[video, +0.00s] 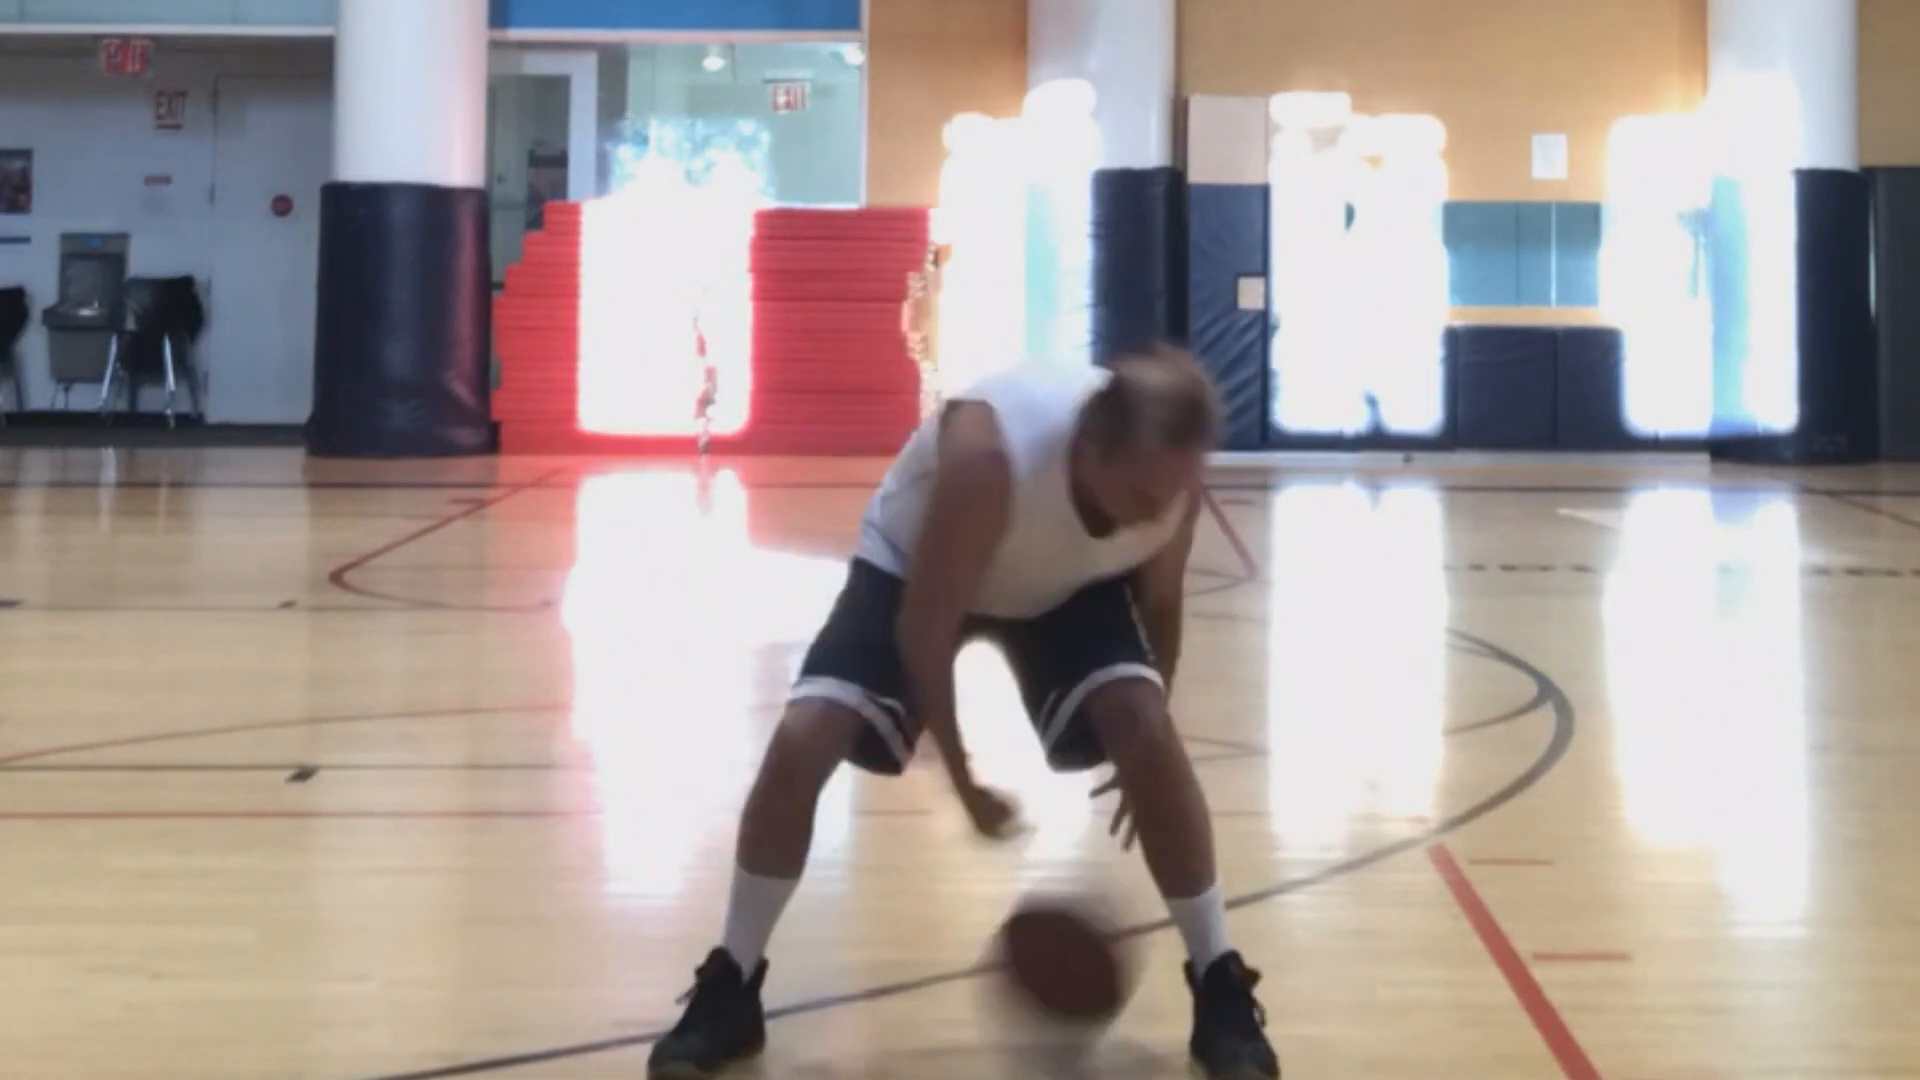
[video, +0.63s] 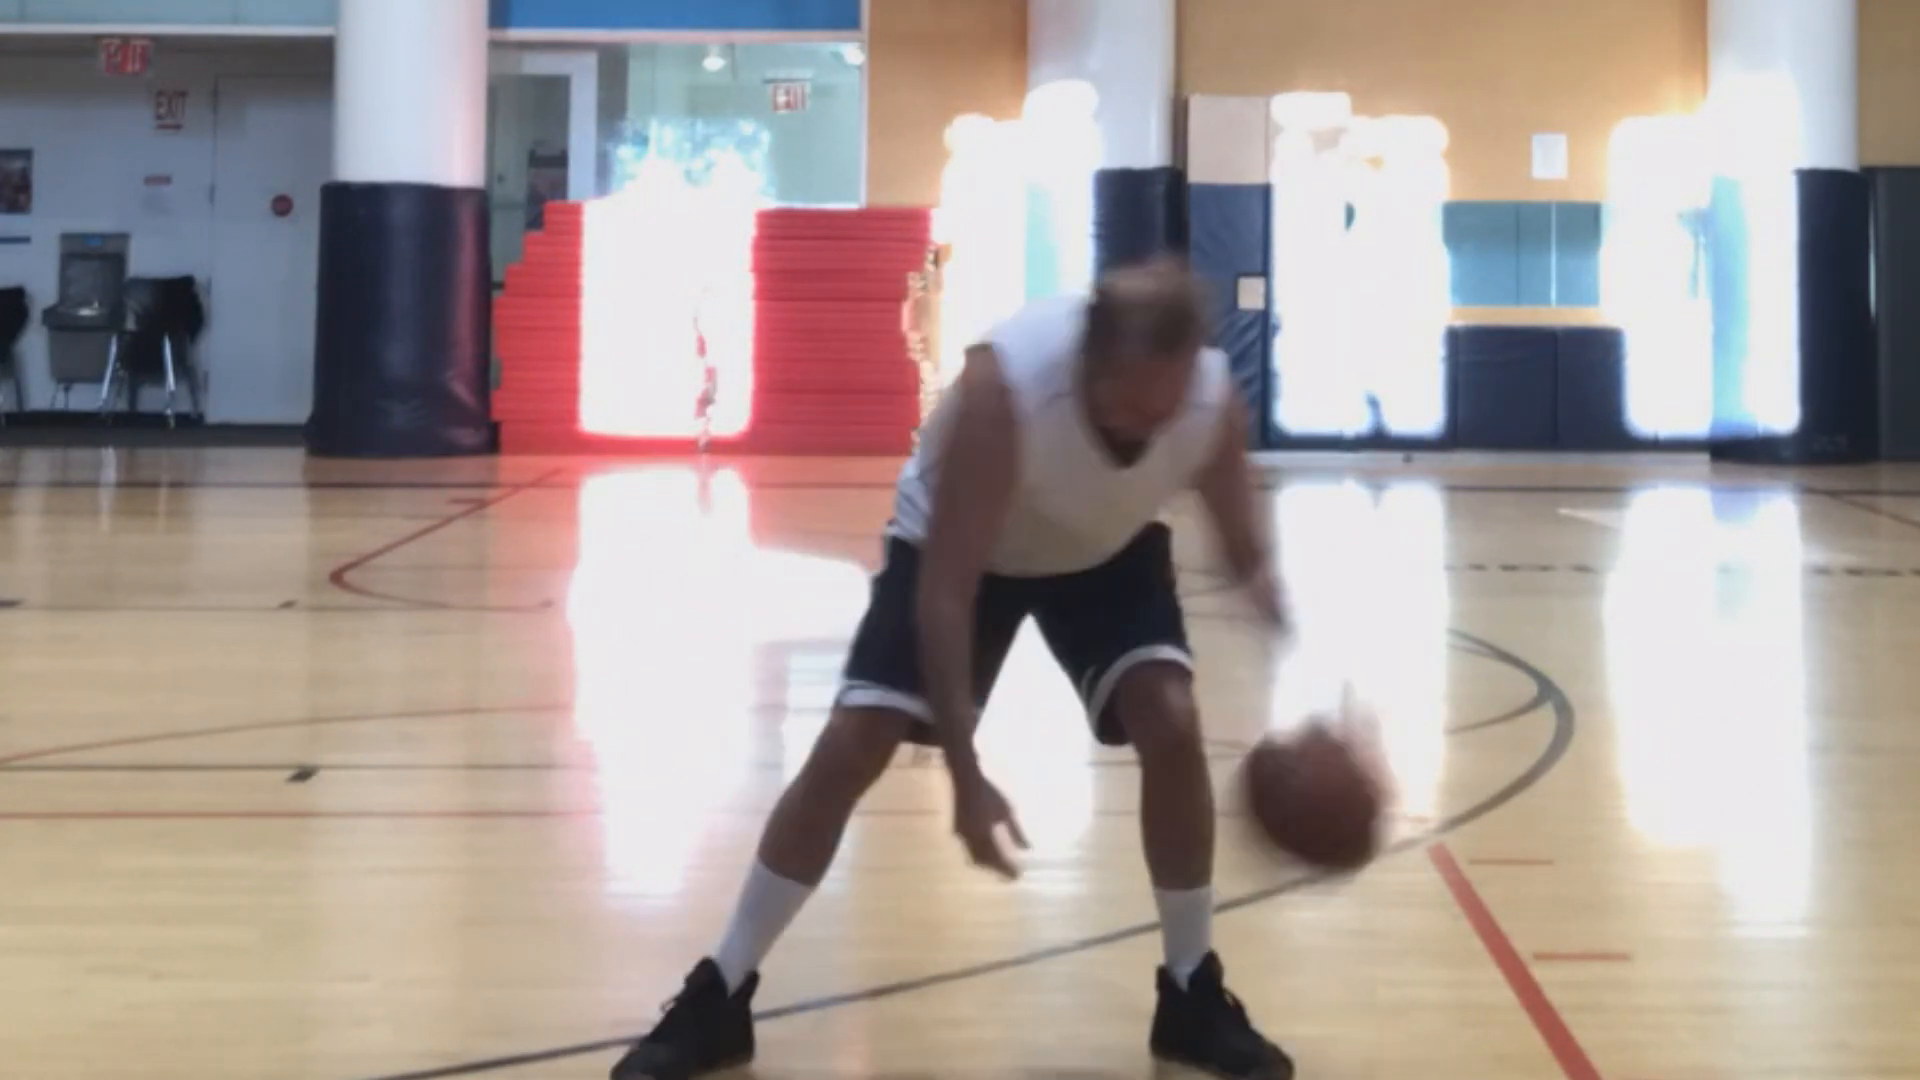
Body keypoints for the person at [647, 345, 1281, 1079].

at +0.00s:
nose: (1156, 512)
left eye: (1173, 496)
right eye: (1141, 494)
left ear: (1192, 465)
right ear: (1092, 446)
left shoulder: (1177, 478)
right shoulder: (991, 451)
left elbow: (1159, 605)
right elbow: (926, 624)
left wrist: (1143, 753)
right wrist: (965, 781)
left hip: (1067, 583)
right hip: (920, 564)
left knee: (1144, 727)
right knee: (800, 740)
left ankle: (1220, 985)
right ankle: (729, 986)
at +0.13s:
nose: (1218, 520)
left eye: (1235, 505)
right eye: (1208, 503)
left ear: (1251, 473)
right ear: (1162, 454)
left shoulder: (1201, 441)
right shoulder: (1041, 472)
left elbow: (1202, 516)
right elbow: (931, 600)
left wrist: (1235, 597)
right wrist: (970, 757)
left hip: (1073, 583)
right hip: (927, 568)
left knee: (1165, 738)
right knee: (813, 760)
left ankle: (1230, 990)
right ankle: (709, 990)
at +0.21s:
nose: (757, 480)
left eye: (769, 457)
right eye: (739, 463)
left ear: (820, 401)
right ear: (725, 420)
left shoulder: (936, 447)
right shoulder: (789, 400)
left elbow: (1065, 578)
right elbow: (750, 479)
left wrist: (1021, 753)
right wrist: (663, 563)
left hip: (1052, 564)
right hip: (912, 565)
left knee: (1122, 762)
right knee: (777, 726)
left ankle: (1223, 991)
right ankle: (699, 992)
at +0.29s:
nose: (746, 493)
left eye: (746, 473)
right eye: (734, 480)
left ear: (797, 422)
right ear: (735, 444)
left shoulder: (920, 455)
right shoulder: (787, 461)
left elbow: (1021, 601)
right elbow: (845, 594)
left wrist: (967, 736)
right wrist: (870, 746)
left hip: (1062, 580)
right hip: (910, 583)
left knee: (1138, 771)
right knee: (770, 732)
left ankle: (1230, 998)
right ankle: (683, 994)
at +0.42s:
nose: (1053, 427)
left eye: (1071, 408)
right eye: (1035, 409)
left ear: (1102, 364)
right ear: (998, 365)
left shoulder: (1147, 386)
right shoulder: (934, 380)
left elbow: (1226, 504)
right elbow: (861, 545)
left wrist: (1315, 624)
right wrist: (851, 716)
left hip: (1081, 551)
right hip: (933, 551)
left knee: (1154, 733)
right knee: (809, 736)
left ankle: (1244, 990)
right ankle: (679, 990)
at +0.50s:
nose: (1002, 396)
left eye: (1023, 379)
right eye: (984, 378)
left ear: (1057, 336)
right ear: (950, 328)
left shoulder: (1106, 360)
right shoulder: (883, 354)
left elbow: (1257, 429)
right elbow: (795, 467)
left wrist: (1375, 515)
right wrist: (741, 595)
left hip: (1062, 541)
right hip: (905, 548)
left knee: (1150, 728)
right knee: (803, 739)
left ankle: (1210, 987)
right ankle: (694, 997)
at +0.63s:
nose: (1148, 412)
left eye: (1165, 395)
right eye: (1132, 394)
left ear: (1190, 369)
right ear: (1093, 359)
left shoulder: (1213, 407)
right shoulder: (1004, 383)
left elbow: (1239, 541)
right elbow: (946, 578)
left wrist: (1256, 578)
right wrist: (965, 770)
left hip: (1110, 547)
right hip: (963, 545)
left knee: (1172, 721)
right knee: (847, 750)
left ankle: (1192, 994)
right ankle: (719, 994)